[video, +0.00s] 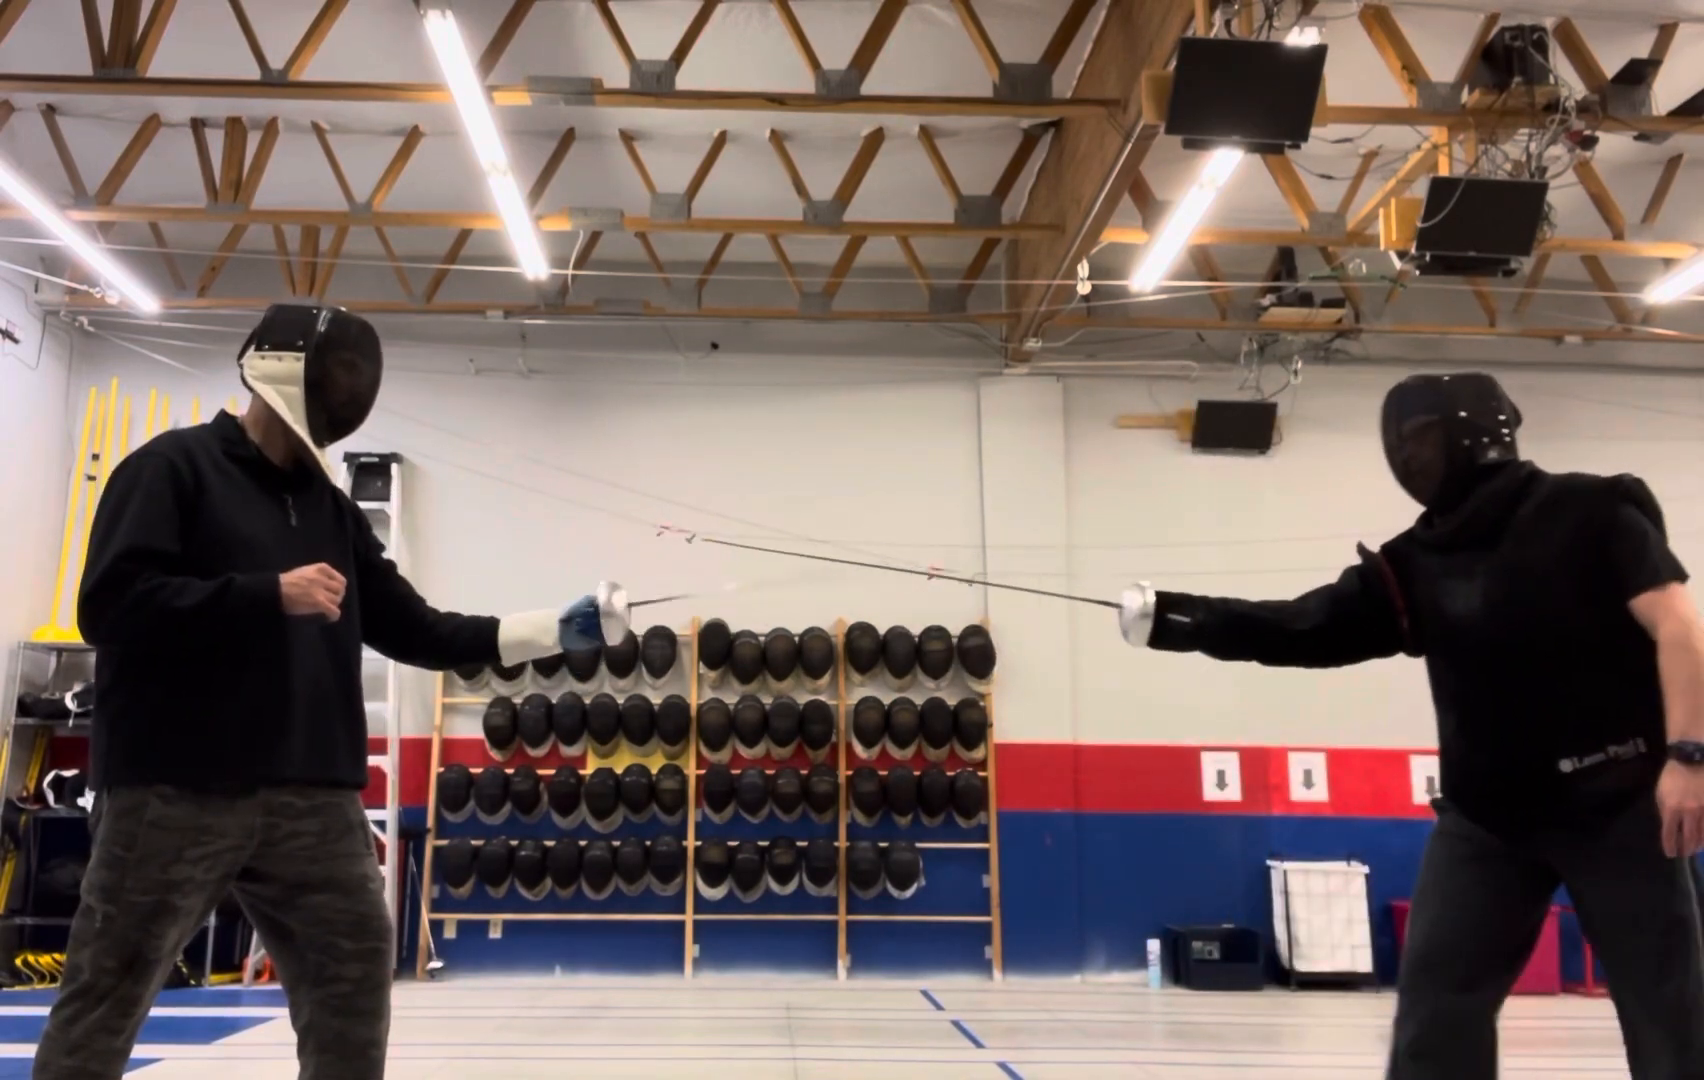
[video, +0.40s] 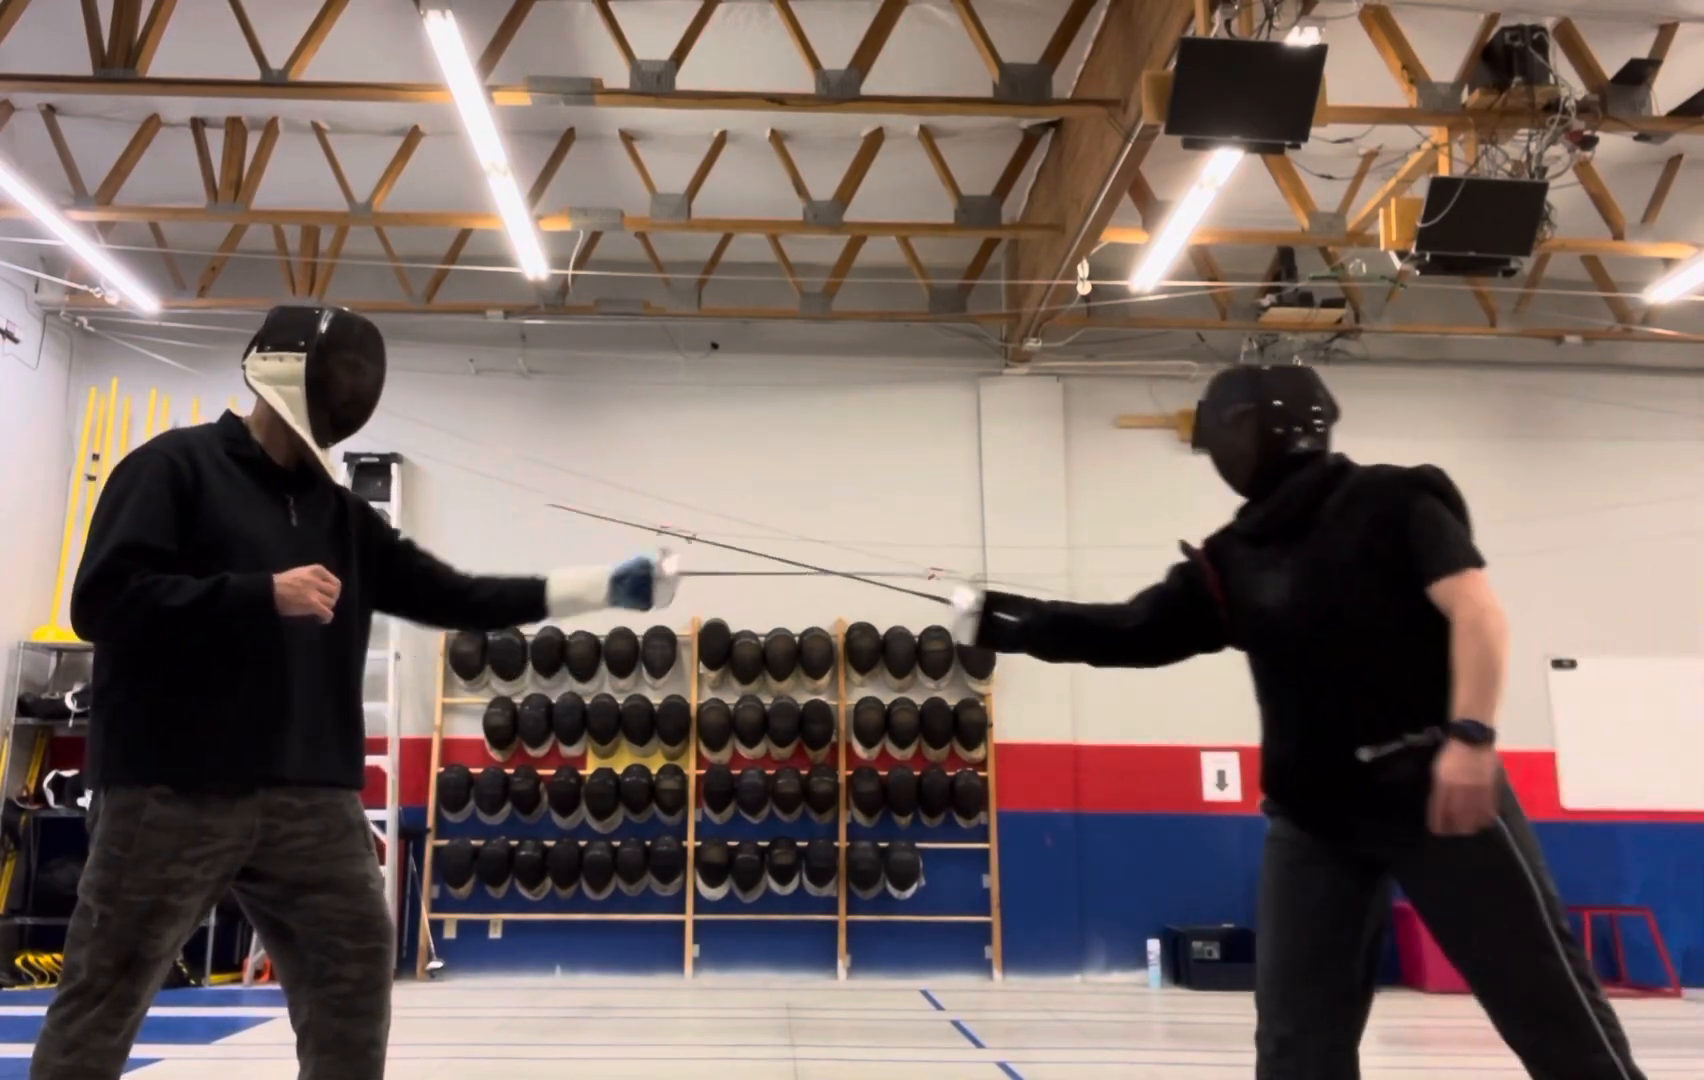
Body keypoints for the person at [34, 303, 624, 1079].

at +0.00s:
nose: (319, 436)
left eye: (331, 421)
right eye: (309, 410)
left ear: (344, 410)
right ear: (266, 379)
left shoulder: (328, 508)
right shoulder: (165, 470)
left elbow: (408, 627)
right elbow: (108, 604)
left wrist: (550, 634)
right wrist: (267, 593)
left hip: (308, 798)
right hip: (170, 793)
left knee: (351, 980)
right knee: (104, 1000)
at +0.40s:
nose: (326, 435)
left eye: (340, 418)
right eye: (317, 412)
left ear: (348, 410)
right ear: (271, 384)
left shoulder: (338, 515)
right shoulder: (166, 470)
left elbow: (452, 597)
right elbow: (102, 598)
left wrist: (596, 589)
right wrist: (261, 592)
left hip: (307, 801)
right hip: (168, 794)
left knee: (351, 996)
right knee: (96, 1009)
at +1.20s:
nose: (326, 399)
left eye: (334, 384)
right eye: (313, 377)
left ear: (332, 391)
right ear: (263, 369)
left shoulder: (322, 506)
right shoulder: (153, 470)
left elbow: (405, 627)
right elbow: (98, 608)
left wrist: (544, 652)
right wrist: (252, 584)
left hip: (306, 794)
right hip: (167, 792)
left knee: (351, 976)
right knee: (102, 1001)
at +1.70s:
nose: (333, 396)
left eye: (340, 381)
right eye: (320, 376)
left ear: (331, 389)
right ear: (269, 369)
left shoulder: (326, 508)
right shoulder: (155, 470)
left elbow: (412, 620)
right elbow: (104, 607)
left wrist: (554, 642)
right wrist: (259, 587)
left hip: (310, 796)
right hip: (170, 793)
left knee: (352, 982)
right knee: (103, 1004)